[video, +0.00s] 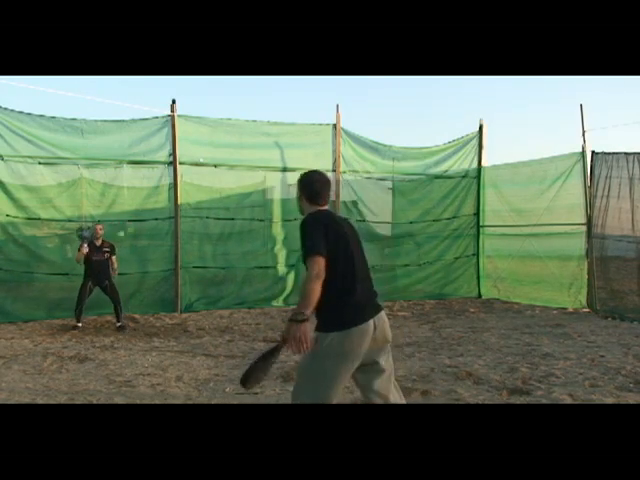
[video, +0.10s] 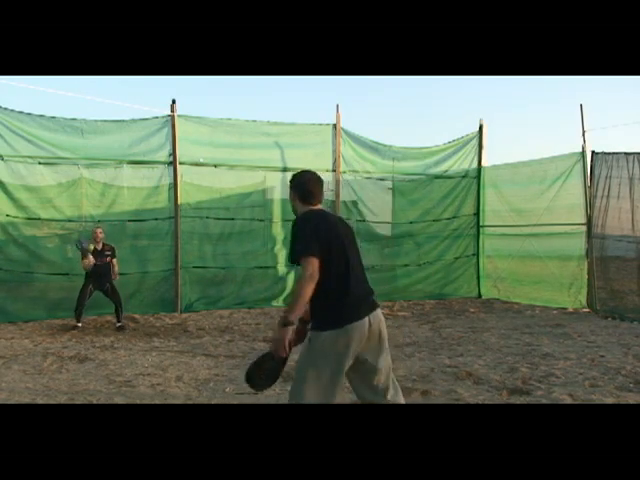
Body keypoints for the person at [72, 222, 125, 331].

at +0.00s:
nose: (98, 232)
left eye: (100, 230)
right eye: (96, 229)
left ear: (103, 231)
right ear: (93, 231)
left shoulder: (109, 246)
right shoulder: (86, 245)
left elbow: (113, 259)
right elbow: (78, 260)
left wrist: (114, 268)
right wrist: (82, 252)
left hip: (105, 277)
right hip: (90, 277)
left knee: (116, 298)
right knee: (81, 298)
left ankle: (119, 322)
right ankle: (78, 322)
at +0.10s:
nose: (98, 235)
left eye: (100, 233)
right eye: (96, 233)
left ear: (103, 235)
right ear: (93, 235)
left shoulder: (110, 249)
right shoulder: (87, 249)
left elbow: (114, 262)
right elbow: (85, 266)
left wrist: (115, 272)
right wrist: (89, 262)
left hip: (106, 280)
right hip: (91, 280)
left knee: (117, 300)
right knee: (81, 300)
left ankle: (119, 322)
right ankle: (78, 322)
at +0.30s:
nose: (100, 236)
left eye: (102, 233)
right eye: (98, 234)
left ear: (105, 235)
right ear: (94, 236)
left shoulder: (112, 249)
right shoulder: (89, 252)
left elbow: (115, 263)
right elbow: (85, 270)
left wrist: (115, 274)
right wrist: (93, 278)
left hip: (108, 280)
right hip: (93, 281)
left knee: (119, 299)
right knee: (83, 300)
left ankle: (119, 322)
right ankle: (78, 323)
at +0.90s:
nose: (101, 228)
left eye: (104, 226)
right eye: (99, 226)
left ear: (107, 228)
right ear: (95, 228)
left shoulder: (113, 242)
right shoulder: (88, 242)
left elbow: (117, 258)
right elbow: (80, 258)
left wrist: (114, 264)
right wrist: (88, 259)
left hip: (108, 273)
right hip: (93, 273)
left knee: (116, 296)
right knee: (87, 297)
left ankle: (120, 321)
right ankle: (84, 322)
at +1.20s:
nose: (102, 228)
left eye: (104, 226)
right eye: (99, 227)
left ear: (107, 229)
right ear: (97, 230)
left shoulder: (114, 244)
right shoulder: (92, 243)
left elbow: (119, 257)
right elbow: (89, 239)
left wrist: (120, 265)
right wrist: (93, 225)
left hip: (110, 275)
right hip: (96, 275)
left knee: (121, 298)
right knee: (88, 299)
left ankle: (121, 321)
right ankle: (84, 322)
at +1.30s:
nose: (104, 226)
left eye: (106, 224)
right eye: (102, 224)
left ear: (108, 227)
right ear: (98, 227)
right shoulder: (93, 241)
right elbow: (93, 237)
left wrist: (118, 257)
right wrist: (99, 222)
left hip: (110, 273)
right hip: (96, 273)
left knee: (120, 297)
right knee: (89, 298)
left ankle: (120, 321)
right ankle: (84, 322)